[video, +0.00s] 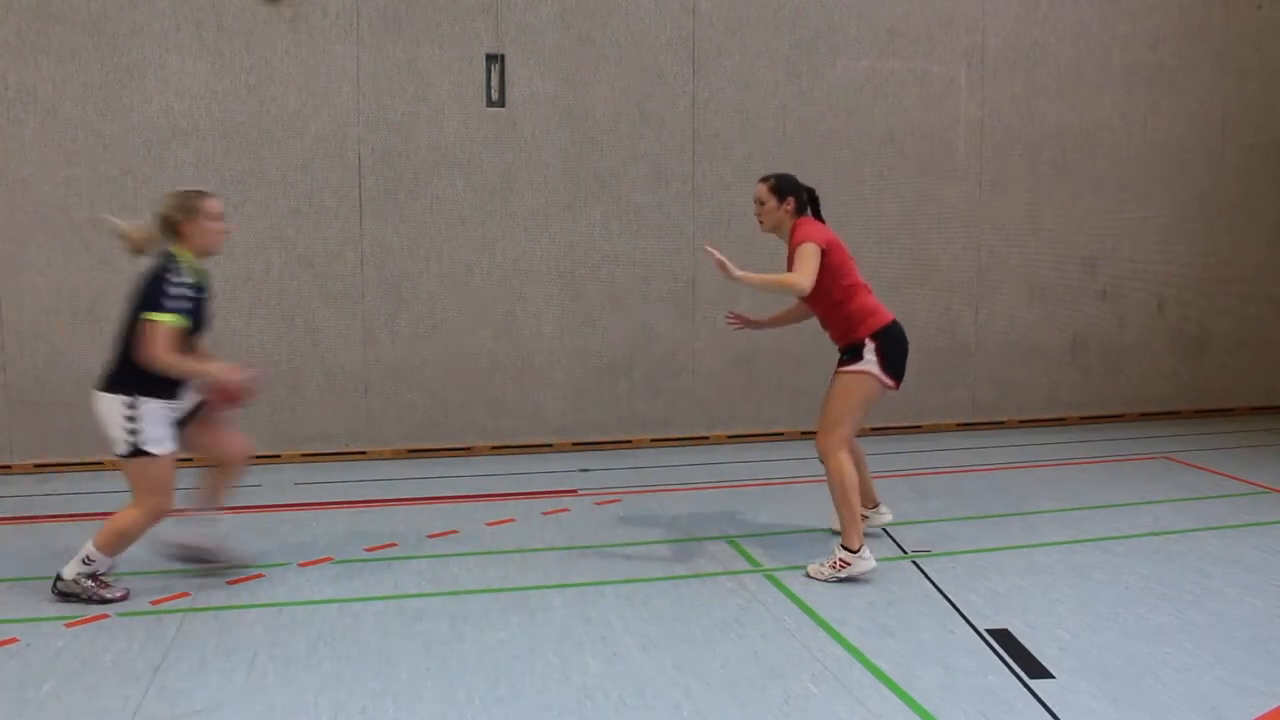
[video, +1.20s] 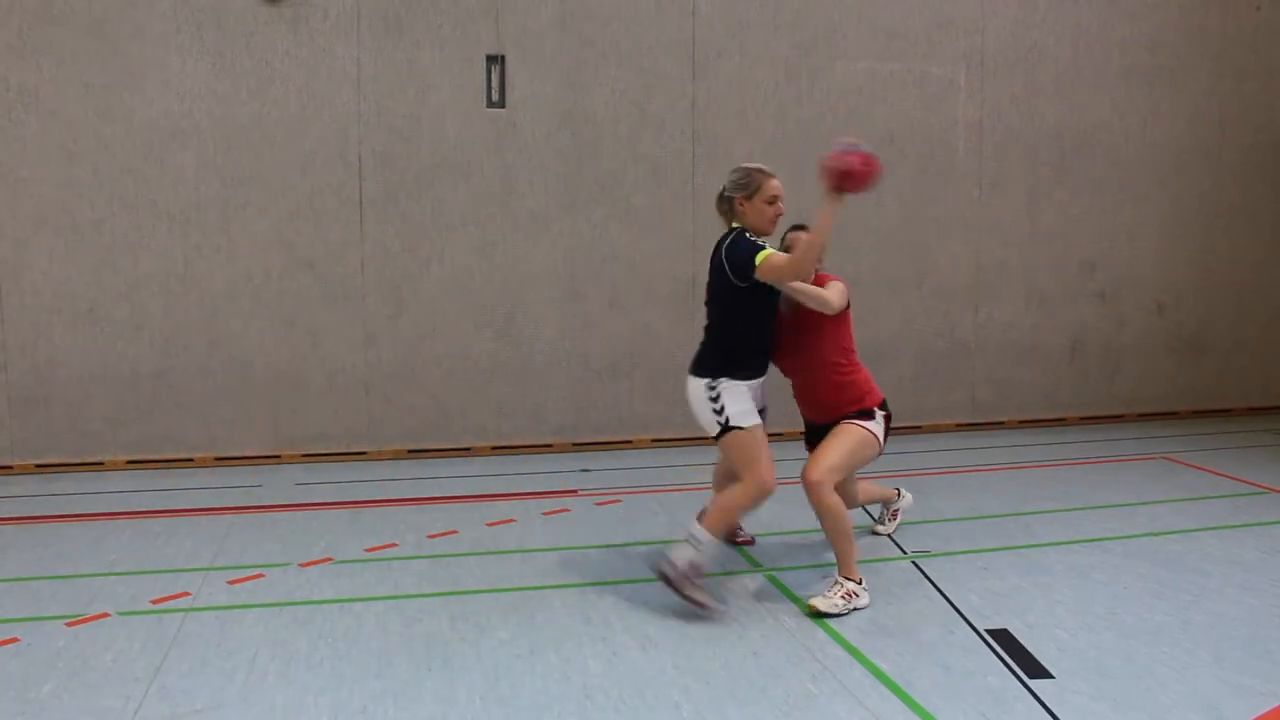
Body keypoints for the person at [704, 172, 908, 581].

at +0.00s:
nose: (755, 212)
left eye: (761, 203)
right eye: (755, 204)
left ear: (788, 204)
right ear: (788, 207)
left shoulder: (808, 232)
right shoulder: (805, 240)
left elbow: (802, 284)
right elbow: (811, 305)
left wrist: (741, 276)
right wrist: (763, 322)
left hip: (872, 341)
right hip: (862, 341)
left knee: (831, 443)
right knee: (840, 432)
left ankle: (853, 550)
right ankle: (869, 506)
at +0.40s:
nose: (762, 229)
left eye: (768, 221)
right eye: (761, 221)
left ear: (795, 221)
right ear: (791, 223)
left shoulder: (813, 247)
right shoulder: (797, 260)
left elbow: (777, 295)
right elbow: (768, 318)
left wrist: (724, 268)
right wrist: (714, 316)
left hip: (881, 362)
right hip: (867, 364)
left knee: (832, 462)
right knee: (843, 450)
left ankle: (874, 566)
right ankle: (883, 520)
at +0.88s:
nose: (761, 248)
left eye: (770, 242)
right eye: (759, 242)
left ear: (794, 249)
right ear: (760, 246)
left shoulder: (800, 272)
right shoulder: (776, 284)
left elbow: (765, 288)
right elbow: (785, 348)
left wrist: (727, 264)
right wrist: (741, 333)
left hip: (848, 399)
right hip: (826, 403)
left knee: (800, 483)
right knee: (823, 486)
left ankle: (858, 582)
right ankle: (892, 504)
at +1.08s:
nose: (785, 252)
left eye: (794, 245)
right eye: (781, 244)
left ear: (813, 251)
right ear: (772, 246)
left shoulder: (823, 279)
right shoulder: (773, 283)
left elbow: (809, 303)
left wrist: (764, 273)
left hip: (852, 408)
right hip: (815, 413)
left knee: (802, 481)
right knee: (835, 495)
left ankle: (849, 583)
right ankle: (893, 500)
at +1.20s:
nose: (798, 256)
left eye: (806, 249)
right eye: (791, 250)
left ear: (818, 254)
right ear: (779, 257)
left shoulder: (831, 285)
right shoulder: (770, 299)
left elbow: (830, 303)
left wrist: (778, 277)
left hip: (863, 413)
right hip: (818, 424)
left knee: (817, 477)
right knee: (845, 497)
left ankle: (850, 582)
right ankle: (894, 497)